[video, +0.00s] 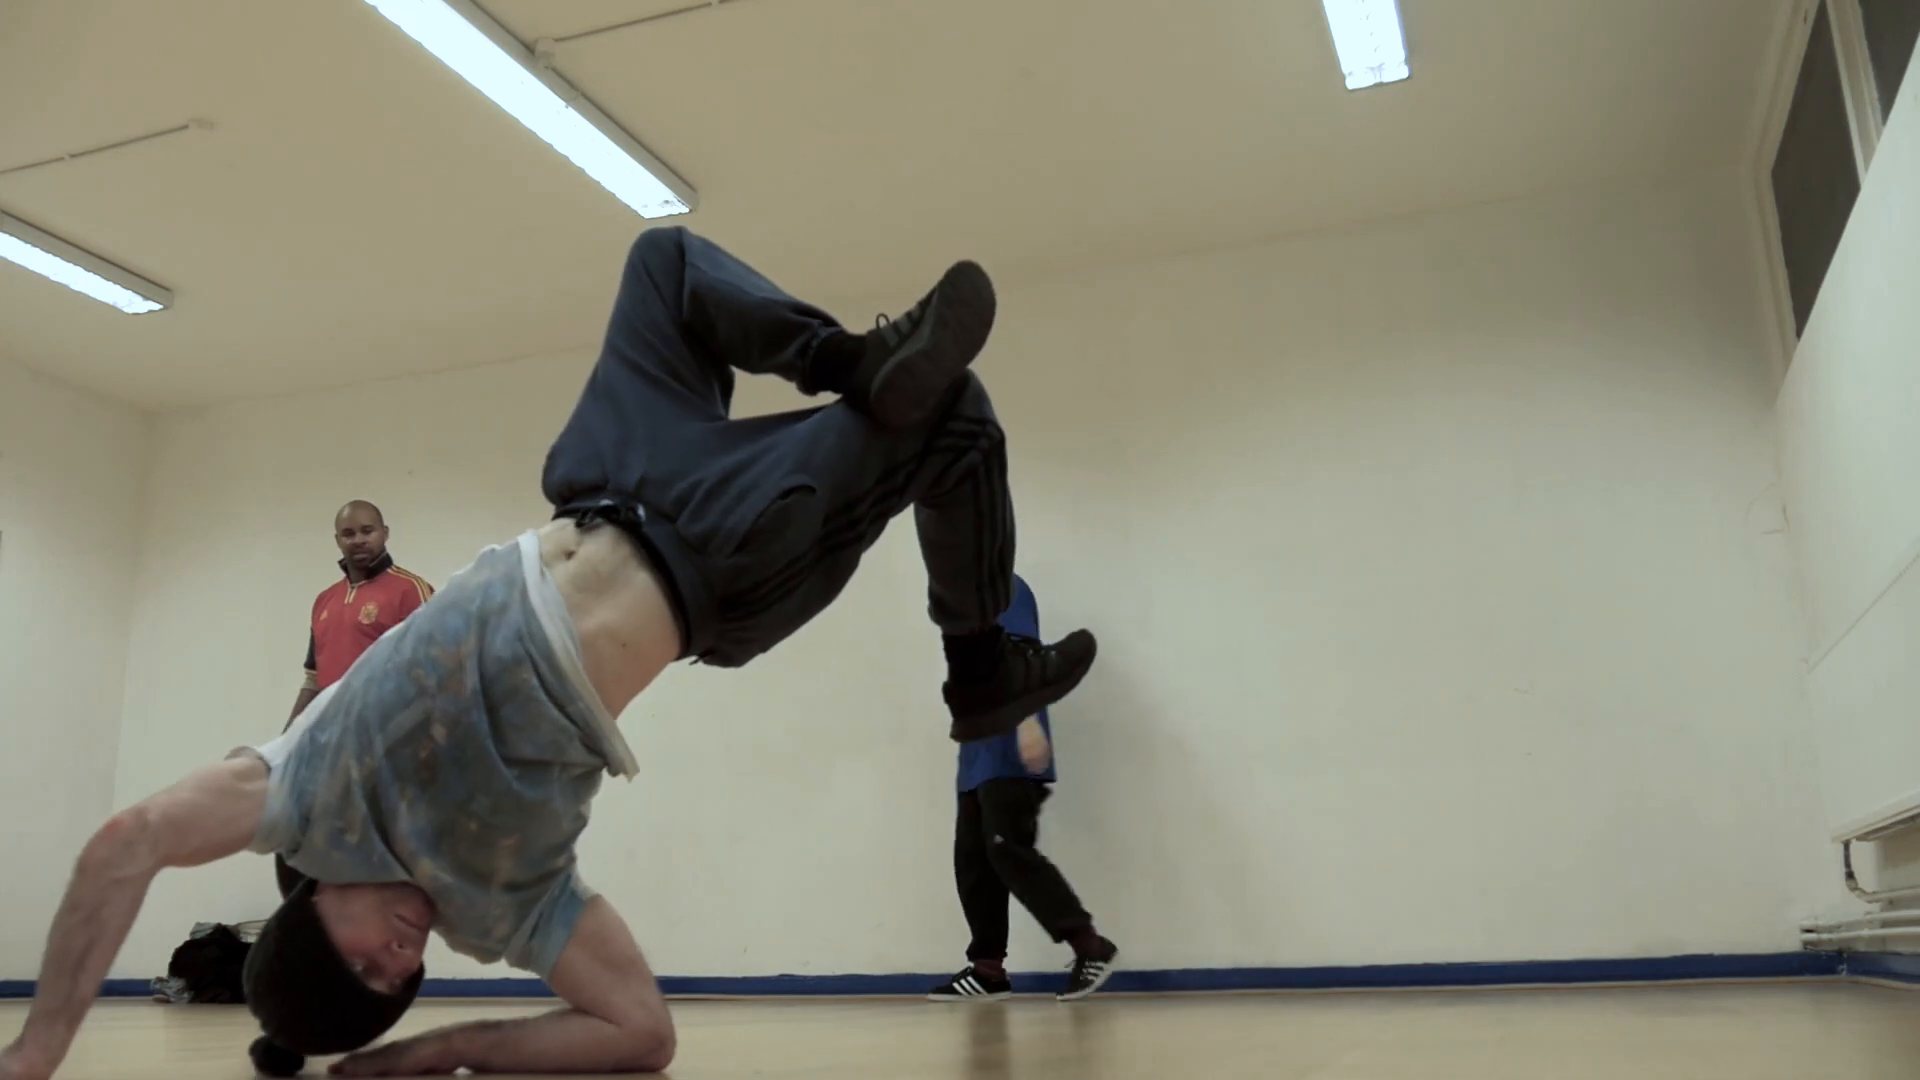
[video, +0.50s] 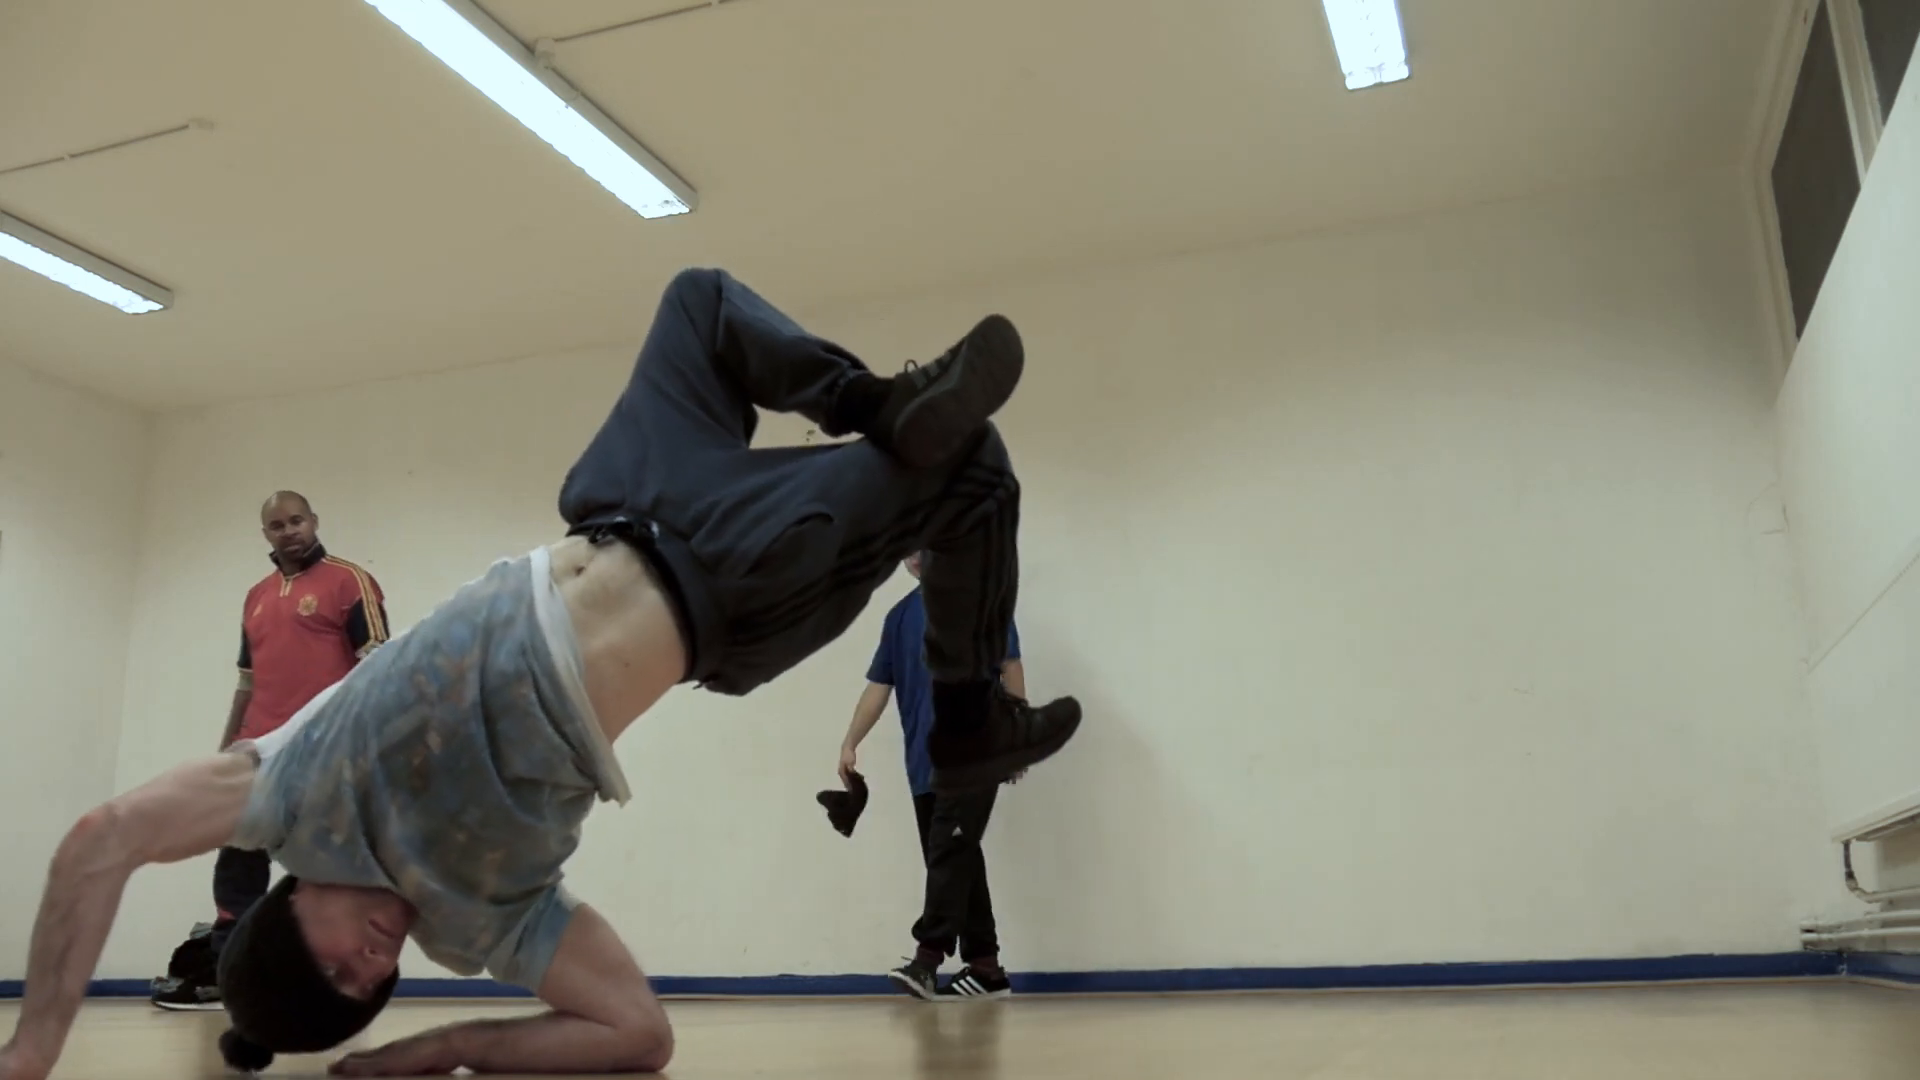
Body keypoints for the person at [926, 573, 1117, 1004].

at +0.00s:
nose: (954, 560)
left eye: (960, 551)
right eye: (952, 553)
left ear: (986, 546)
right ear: (957, 558)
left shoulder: (1008, 593)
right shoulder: (964, 605)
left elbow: (1019, 664)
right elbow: (985, 671)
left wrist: (1029, 724)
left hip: (1012, 751)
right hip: (977, 754)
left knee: (1008, 851)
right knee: (974, 860)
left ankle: (1091, 947)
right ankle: (987, 969)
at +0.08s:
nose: (950, 562)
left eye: (956, 554)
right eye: (947, 556)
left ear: (981, 549)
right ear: (946, 561)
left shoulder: (1002, 591)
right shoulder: (951, 607)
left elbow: (1031, 655)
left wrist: (1044, 722)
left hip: (1003, 742)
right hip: (965, 746)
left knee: (984, 846)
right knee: (965, 855)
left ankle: (1070, 935)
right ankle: (986, 968)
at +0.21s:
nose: (950, 562)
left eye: (959, 554)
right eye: (943, 557)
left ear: (978, 552)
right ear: (935, 563)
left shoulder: (997, 595)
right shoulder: (937, 614)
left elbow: (1031, 658)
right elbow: (925, 691)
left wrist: (1050, 726)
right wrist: (916, 759)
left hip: (994, 751)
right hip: (950, 756)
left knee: (969, 843)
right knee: (954, 856)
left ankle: (1025, 950)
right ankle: (986, 966)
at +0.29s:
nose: (946, 568)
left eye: (953, 560)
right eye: (938, 561)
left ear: (974, 557)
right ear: (928, 565)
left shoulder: (995, 600)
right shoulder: (923, 620)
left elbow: (1023, 666)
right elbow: (909, 690)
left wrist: (1041, 736)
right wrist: (889, 752)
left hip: (989, 751)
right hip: (942, 754)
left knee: (970, 848)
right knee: (951, 856)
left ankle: (987, 968)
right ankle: (979, 965)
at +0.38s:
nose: (923, 563)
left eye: (930, 552)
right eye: (917, 553)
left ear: (959, 557)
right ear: (913, 559)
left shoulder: (992, 607)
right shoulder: (913, 620)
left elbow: (1015, 672)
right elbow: (895, 691)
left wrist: (1019, 743)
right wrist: (867, 750)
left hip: (983, 758)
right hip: (935, 763)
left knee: (965, 855)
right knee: (951, 862)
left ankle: (961, 961)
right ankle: (982, 964)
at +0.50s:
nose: (915, 556)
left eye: (924, 545)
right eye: (912, 548)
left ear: (952, 553)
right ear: (909, 561)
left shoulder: (984, 603)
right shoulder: (900, 615)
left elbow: (1010, 668)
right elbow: (878, 685)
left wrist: (1013, 743)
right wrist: (849, 743)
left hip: (975, 756)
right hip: (923, 761)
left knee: (950, 849)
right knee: (953, 857)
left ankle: (928, 961)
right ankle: (986, 969)